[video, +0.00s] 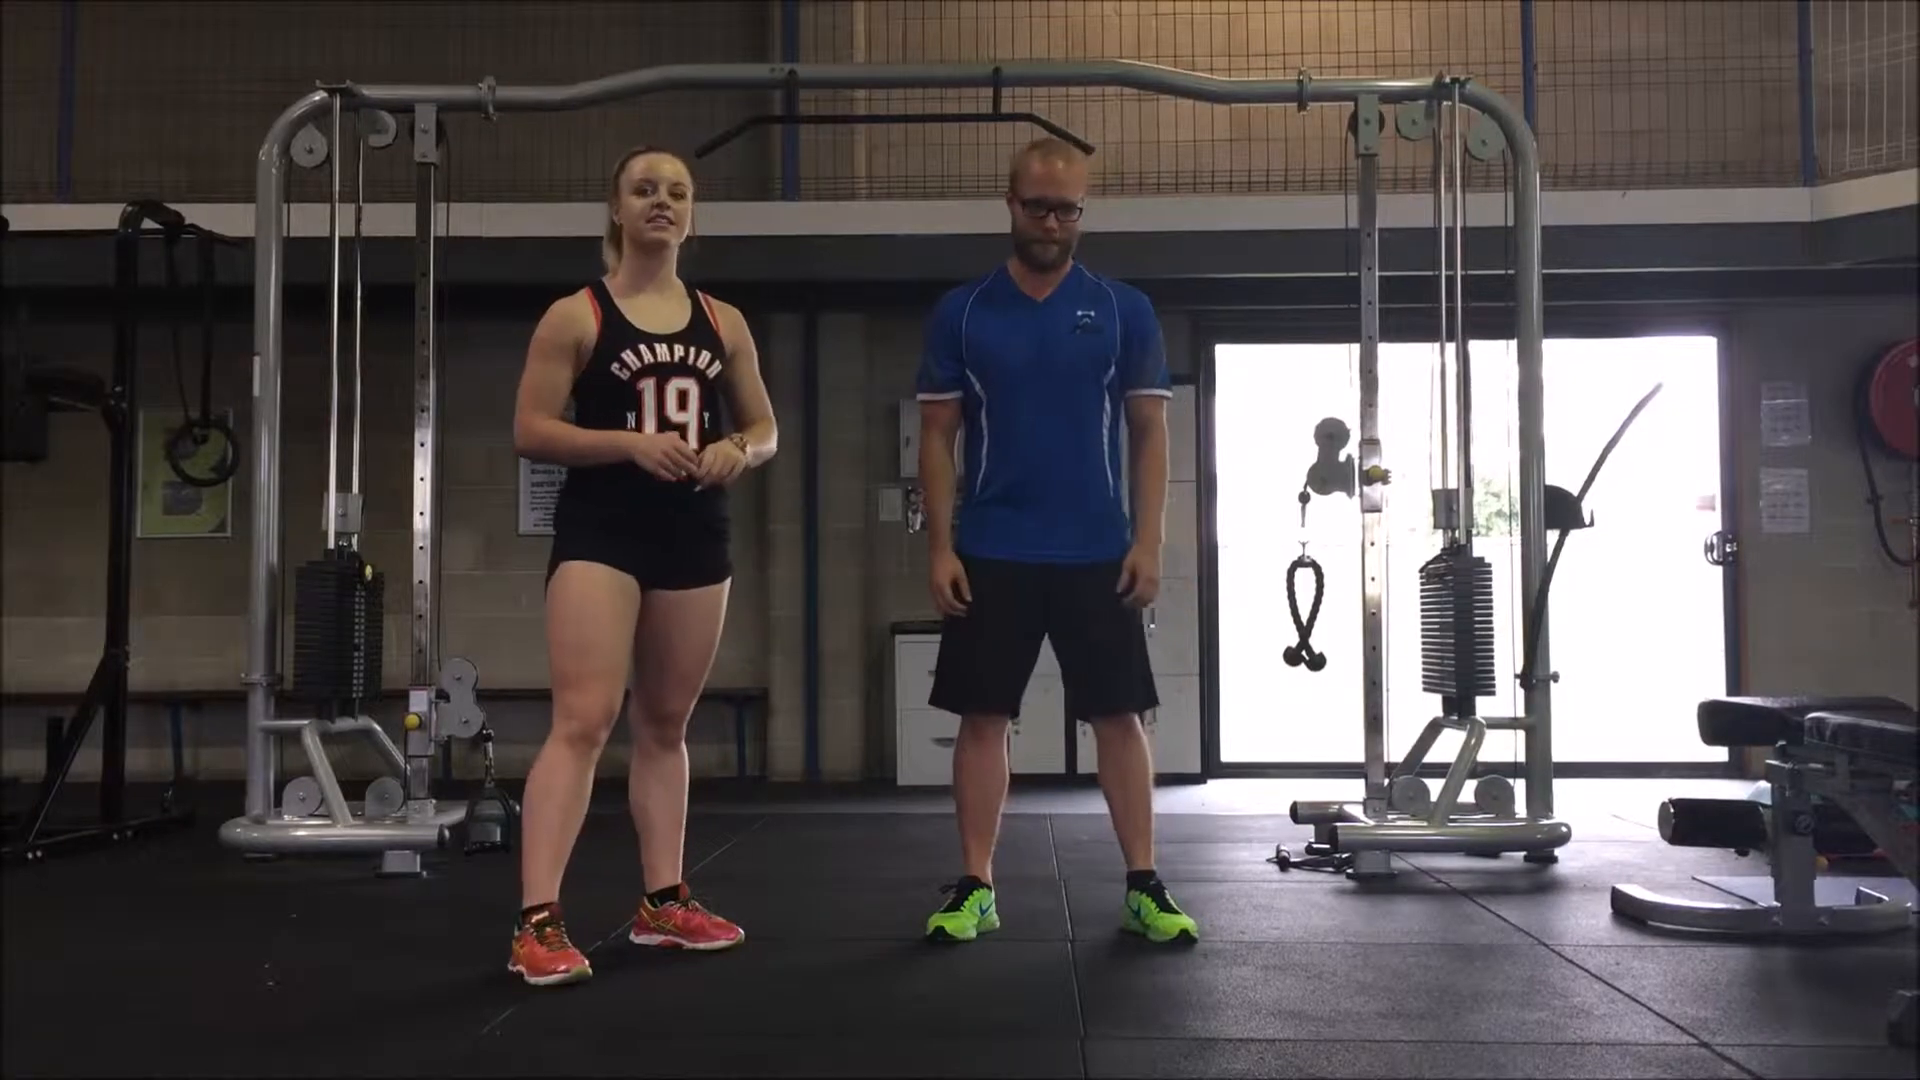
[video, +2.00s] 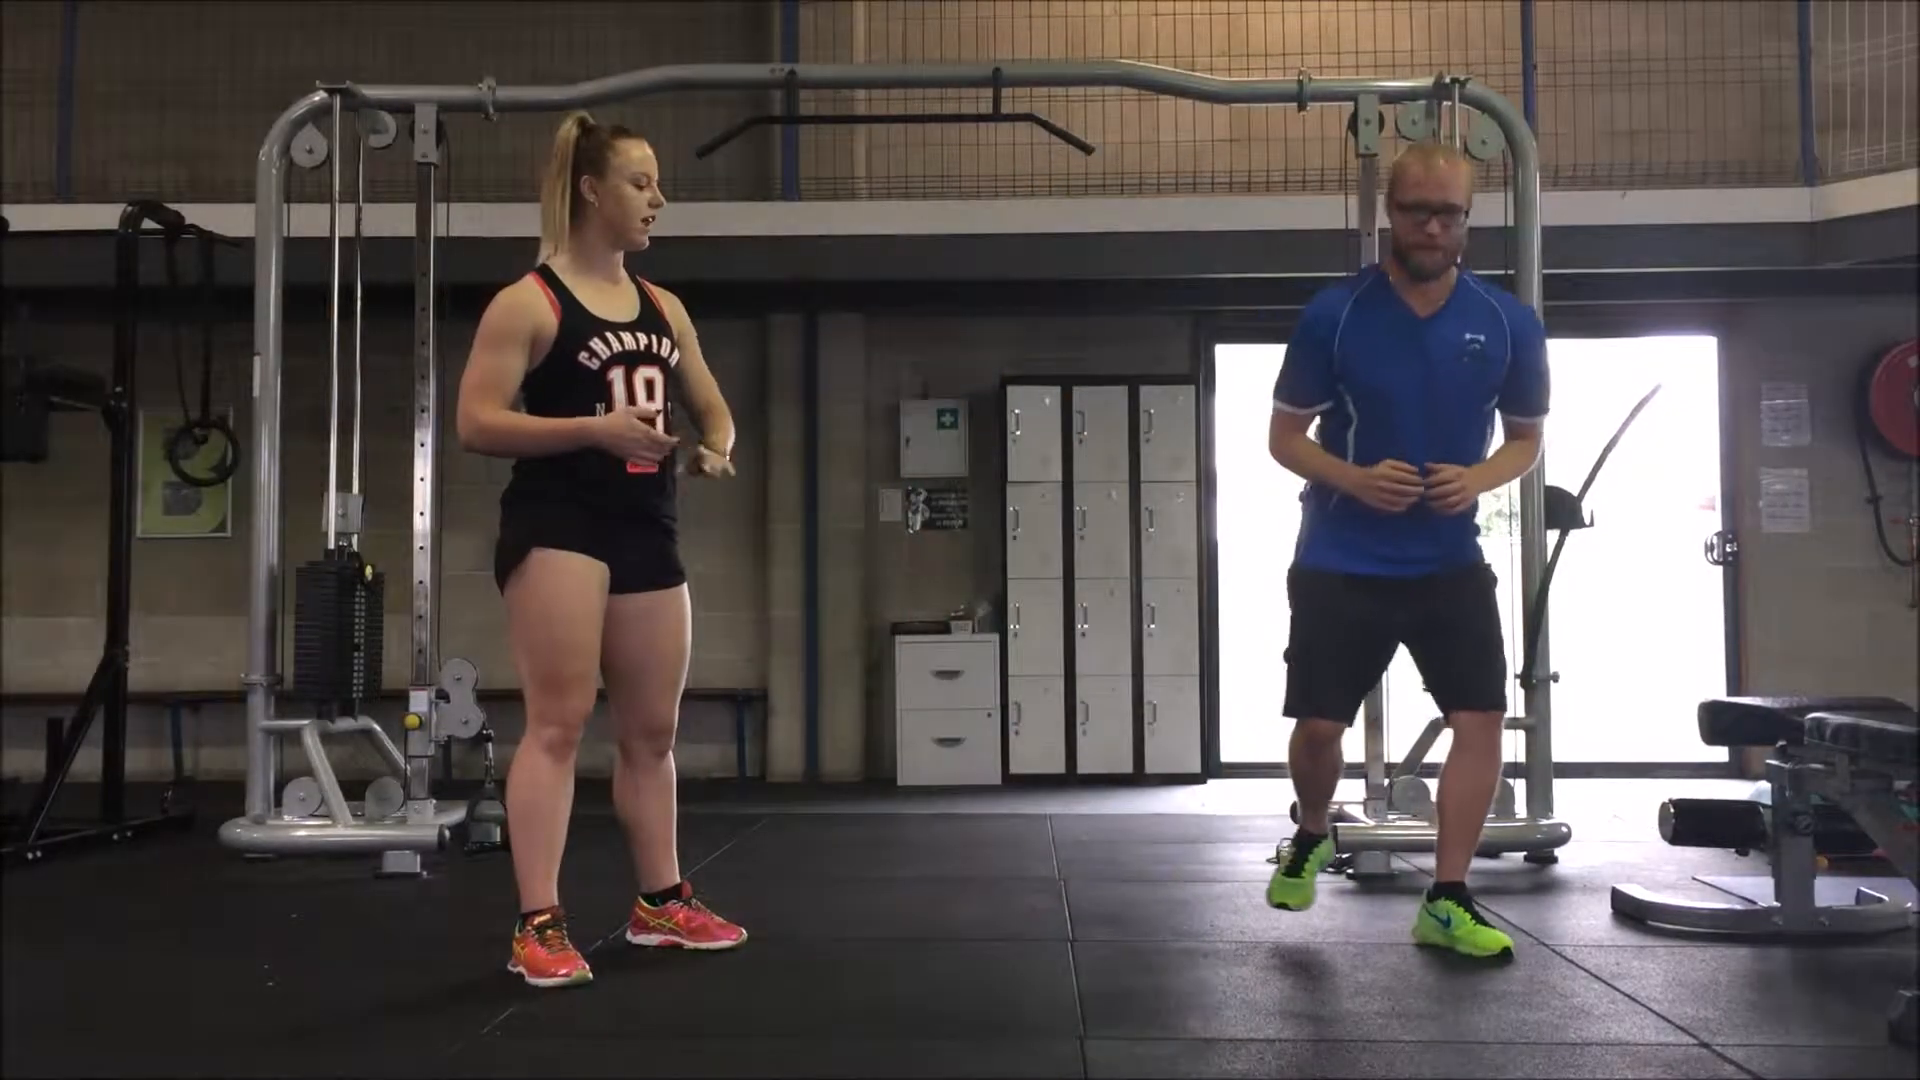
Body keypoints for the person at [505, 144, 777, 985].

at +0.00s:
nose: (661, 202)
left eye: (675, 192)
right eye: (645, 190)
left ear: (693, 215)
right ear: (615, 211)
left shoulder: (723, 322)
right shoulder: (574, 316)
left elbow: (763, 428)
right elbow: (532, 430)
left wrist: (740, 449)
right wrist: (630, 442)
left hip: (694, 545)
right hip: (600, 539)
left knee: (667, 726)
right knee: (583, 722)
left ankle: (665, 901)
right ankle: (539, 920)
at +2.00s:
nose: (655, 200)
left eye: (656, 186)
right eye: (640, 184)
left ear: (622, 199)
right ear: (587, 191)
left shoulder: (662, 306)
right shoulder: (526, 303)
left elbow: (712, 411)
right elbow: (477, 423)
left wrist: (714, 449)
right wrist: (593, 428)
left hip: (648, 536)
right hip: (559, 532)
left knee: (650, 735)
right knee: (555, 726)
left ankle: (662, 903)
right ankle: (539, 925)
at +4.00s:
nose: (588, 172)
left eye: (601, 161)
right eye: (569, 157)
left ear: (615, 185)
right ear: (531, 177)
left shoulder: (644, 296)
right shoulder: (483, 289)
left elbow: (677, 418)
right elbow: (428, 413)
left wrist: (610, 464)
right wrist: (512, 487)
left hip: (619, 526)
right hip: (521, 527)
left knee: (653, 722)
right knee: (544, 726)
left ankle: (587, 890)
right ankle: (539, 925)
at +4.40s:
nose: (644, 182)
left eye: (647, 169)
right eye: (627, 166)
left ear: (633, 183)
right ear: (574, 173)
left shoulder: (660, 293)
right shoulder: (514, 285)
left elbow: (717, 404)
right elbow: (453, 404)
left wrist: (727, 423)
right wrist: (545, 471)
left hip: (641, 530)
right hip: (546, 527)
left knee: (664, 723)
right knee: (546, 725)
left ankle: (674, 904)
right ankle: (540, 926)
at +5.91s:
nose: (640, 186)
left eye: (652, 172)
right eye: (621, 171)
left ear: (666, 189)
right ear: (585, 185)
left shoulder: (686, 300)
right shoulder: (542, 295)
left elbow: (702, 416)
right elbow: (497, 417)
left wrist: (710, 513)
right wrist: (594, 477)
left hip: (668, 535)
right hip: (570, 530)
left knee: (683, 727)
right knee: (548, 725)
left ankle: (674, 906)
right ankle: (537, 923)